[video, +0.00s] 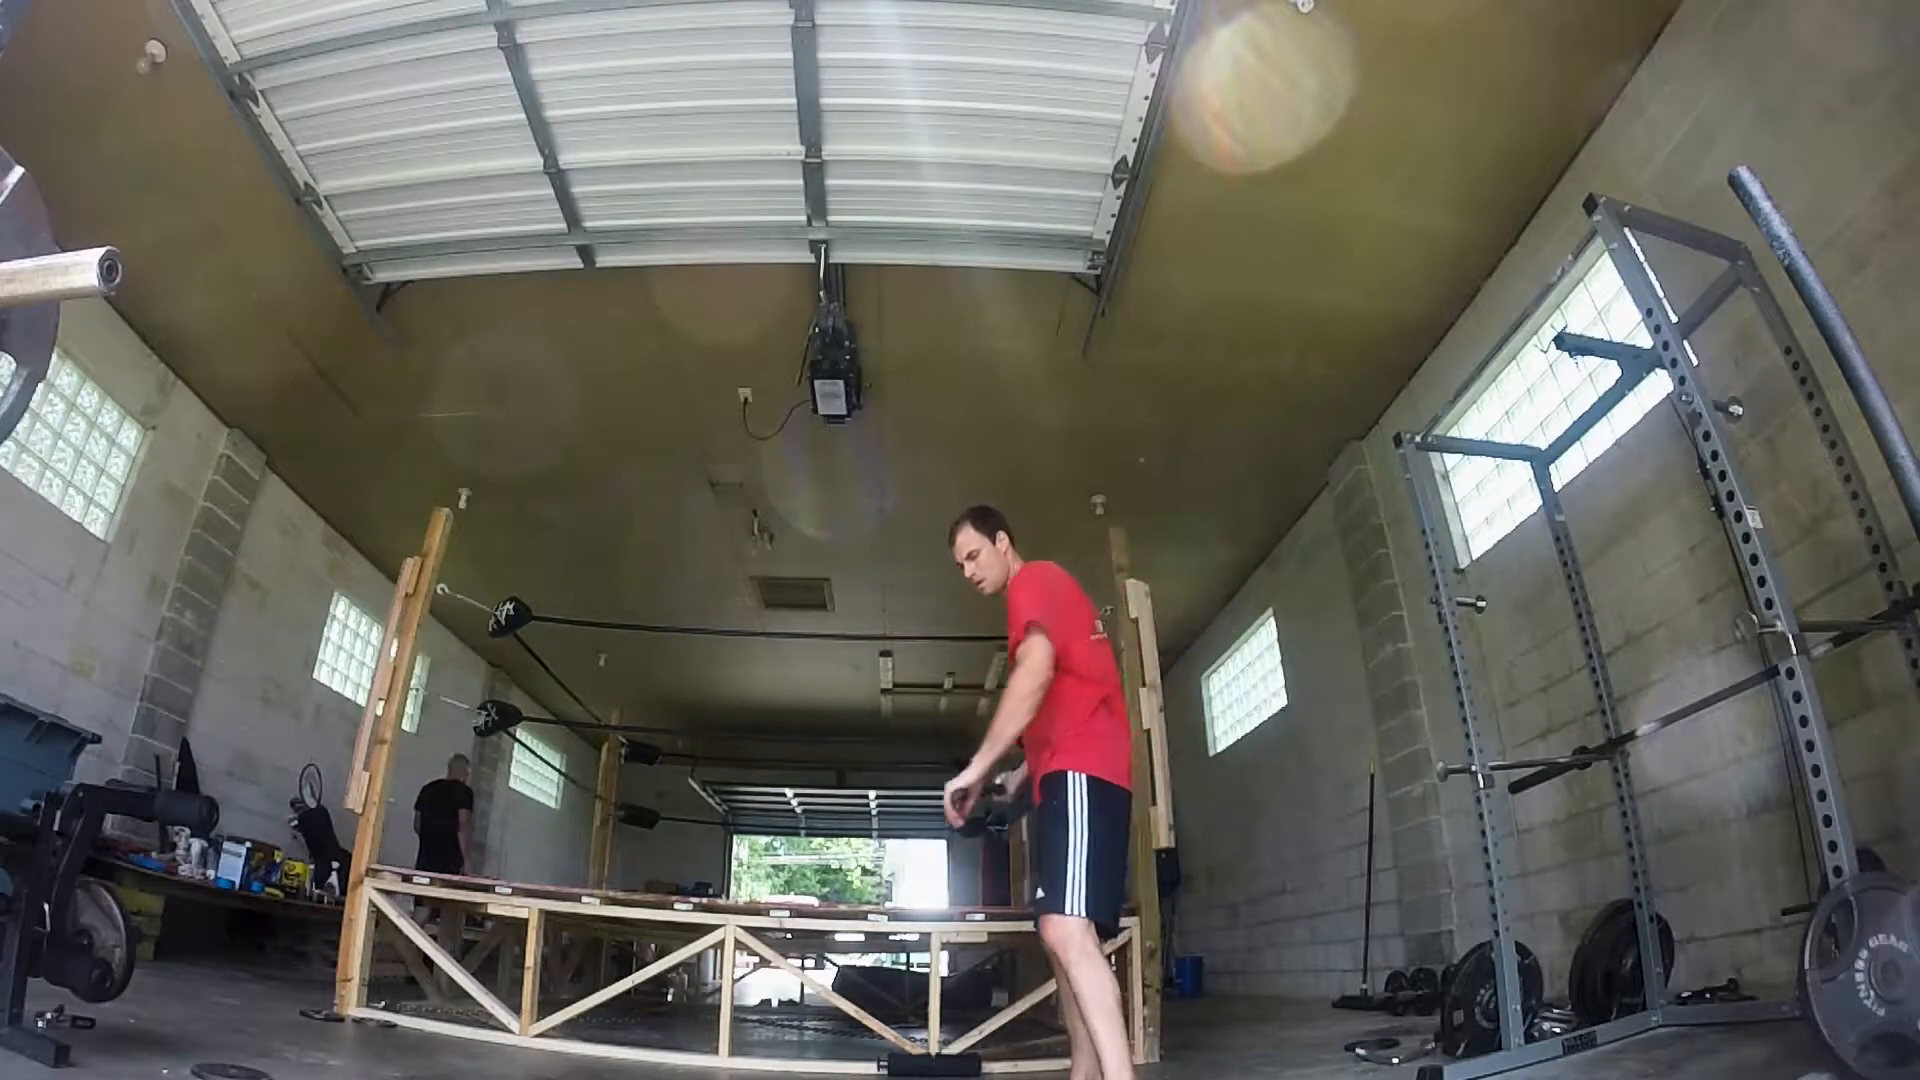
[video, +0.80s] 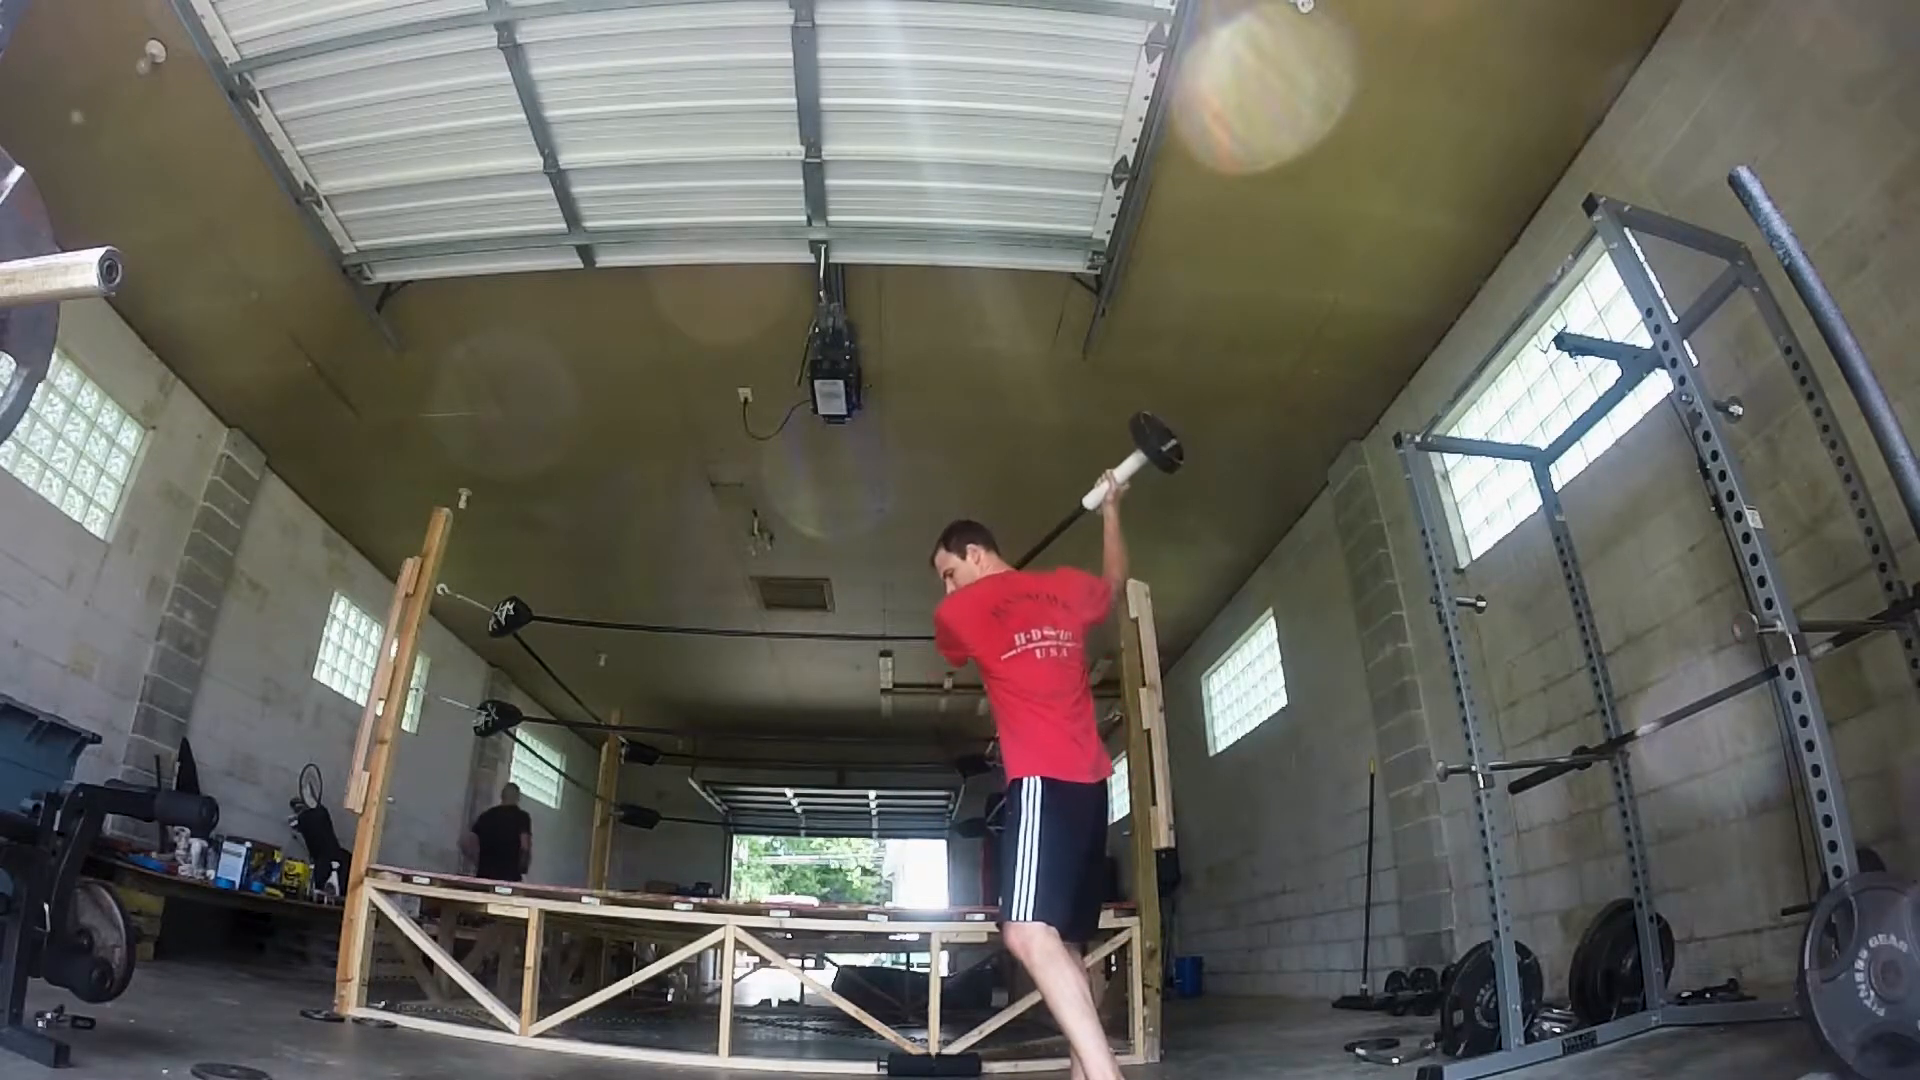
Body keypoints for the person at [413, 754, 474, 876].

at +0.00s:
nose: (466, 774)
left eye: (466, 770)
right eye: (466, 770)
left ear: (448, 769)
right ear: (465, 771)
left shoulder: (428, 788)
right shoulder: (463, 791)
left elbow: (417, 825)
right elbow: (463, 827)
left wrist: (429, 841)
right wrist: (467, 860)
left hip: (426, 854)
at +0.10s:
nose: (474, 779)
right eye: (474, 776)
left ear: (457, 775)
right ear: (473, 777)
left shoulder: (437, 792)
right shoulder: (471, 795)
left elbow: (426, 830)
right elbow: (471, 831)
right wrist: (471, 864)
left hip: (432, 861)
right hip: (456, 863)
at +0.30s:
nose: (494, 788)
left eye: (494, 785)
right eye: (493, 784)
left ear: (474, 782)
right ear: (487, 783)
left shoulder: (453, 801)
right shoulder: (492, 806)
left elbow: (442, 837)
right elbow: (494, 842)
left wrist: (443, 859)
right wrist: (495, 872)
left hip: (451, 868)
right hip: (479, 872)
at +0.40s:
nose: (500, 793)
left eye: (500, 789)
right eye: (499, 789)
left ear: (483, 787)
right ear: (494, 787)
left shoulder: (461, 804)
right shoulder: (501, 809)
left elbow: (445, 831)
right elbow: (504, 844)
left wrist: (445, 860)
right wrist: (509, 876)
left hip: (458, 869)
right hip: (486, 872)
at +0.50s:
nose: (503, 790)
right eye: (504, 787)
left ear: (487, 785)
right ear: (504, 787)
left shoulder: (469, 801)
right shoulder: (509, 806)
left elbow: (448, 822)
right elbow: (513, 836)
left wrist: (452, 852)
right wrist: (517, 861)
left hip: (467, 864)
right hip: (493, 869)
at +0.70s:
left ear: (497, 790)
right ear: (513, 792)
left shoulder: (482, 806)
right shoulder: (517, 810)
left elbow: (457, 824)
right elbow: (525, 840)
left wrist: (465, 847)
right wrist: (521, 855)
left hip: (480, 865)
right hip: (504, 868)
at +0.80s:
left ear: (501, 796)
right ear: (518, 797)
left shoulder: (486, 814)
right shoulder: (522, 816)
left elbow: (471, 841)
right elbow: (525, 845)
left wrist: (478, 860)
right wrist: (523, 865)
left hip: (485, 871)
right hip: (510, 873)